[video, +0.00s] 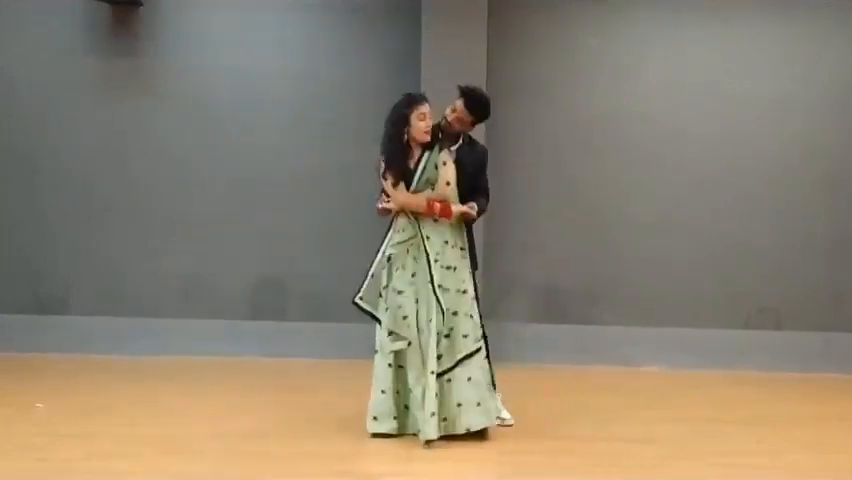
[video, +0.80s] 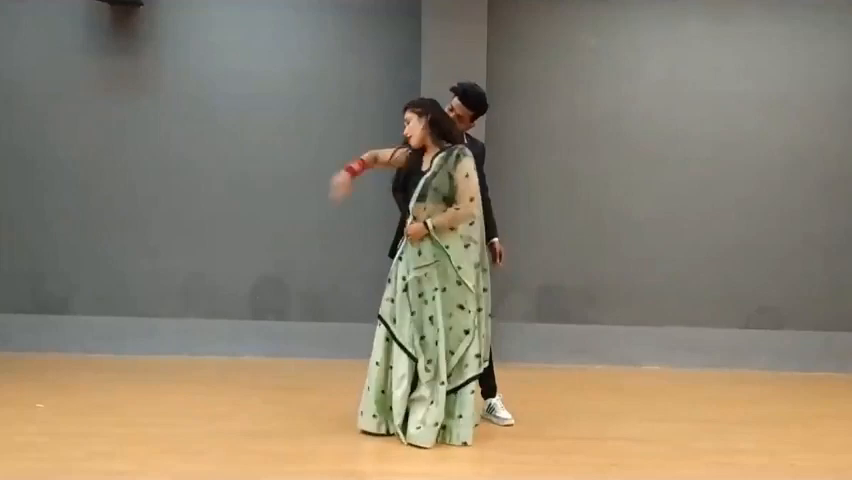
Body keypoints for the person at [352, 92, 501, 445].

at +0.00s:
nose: (429, 124)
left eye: (430, 117)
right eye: (421, 118)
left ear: (433, 123)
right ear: (403, 126)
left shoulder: (442, 159)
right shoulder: (391, 164)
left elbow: (449, 199)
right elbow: (398, 203)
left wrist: (405, 198)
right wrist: (439, 206)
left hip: (442, 257)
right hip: (406, 257)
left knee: (447, 332)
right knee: (407, 333)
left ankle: (450, 414)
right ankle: (411, 414)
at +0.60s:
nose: (423, 130)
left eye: (425, 122)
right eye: (415, 129)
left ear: (440, 122)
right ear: (413, 138)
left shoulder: (465, 167)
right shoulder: (412, 160)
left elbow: (478, 214)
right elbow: (375, 169)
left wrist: (439, 228)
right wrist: (420, 184)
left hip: (451, 267)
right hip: (414, 263)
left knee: (444, 340)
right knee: (407, 336)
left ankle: (439, 418)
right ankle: (402, 415)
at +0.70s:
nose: (409, 132)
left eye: (413, 124)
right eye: (407, 127)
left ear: (434, 122)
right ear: (415, 132)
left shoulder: (465, 162)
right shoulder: (414, 158)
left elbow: (479, 214)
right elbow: (369, 156)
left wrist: (436, 229)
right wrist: (382, 182)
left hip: (452, 267)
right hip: (415, 263)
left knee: (445, 341)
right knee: (405, 337)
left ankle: (436, 419)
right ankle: (399, 415)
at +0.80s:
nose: (404, 131)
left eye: (408, 123)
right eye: (404, 125)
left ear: (426, 121)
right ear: (420, 125)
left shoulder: (461, 158)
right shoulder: (420, 158)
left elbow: (469, 210)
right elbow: (379, 156)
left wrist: (428, 225)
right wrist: (354, 169)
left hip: (449, 266)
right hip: (416, 263)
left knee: (447, 339)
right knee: (407, 337)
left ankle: (441, 418)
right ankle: (401, 414)